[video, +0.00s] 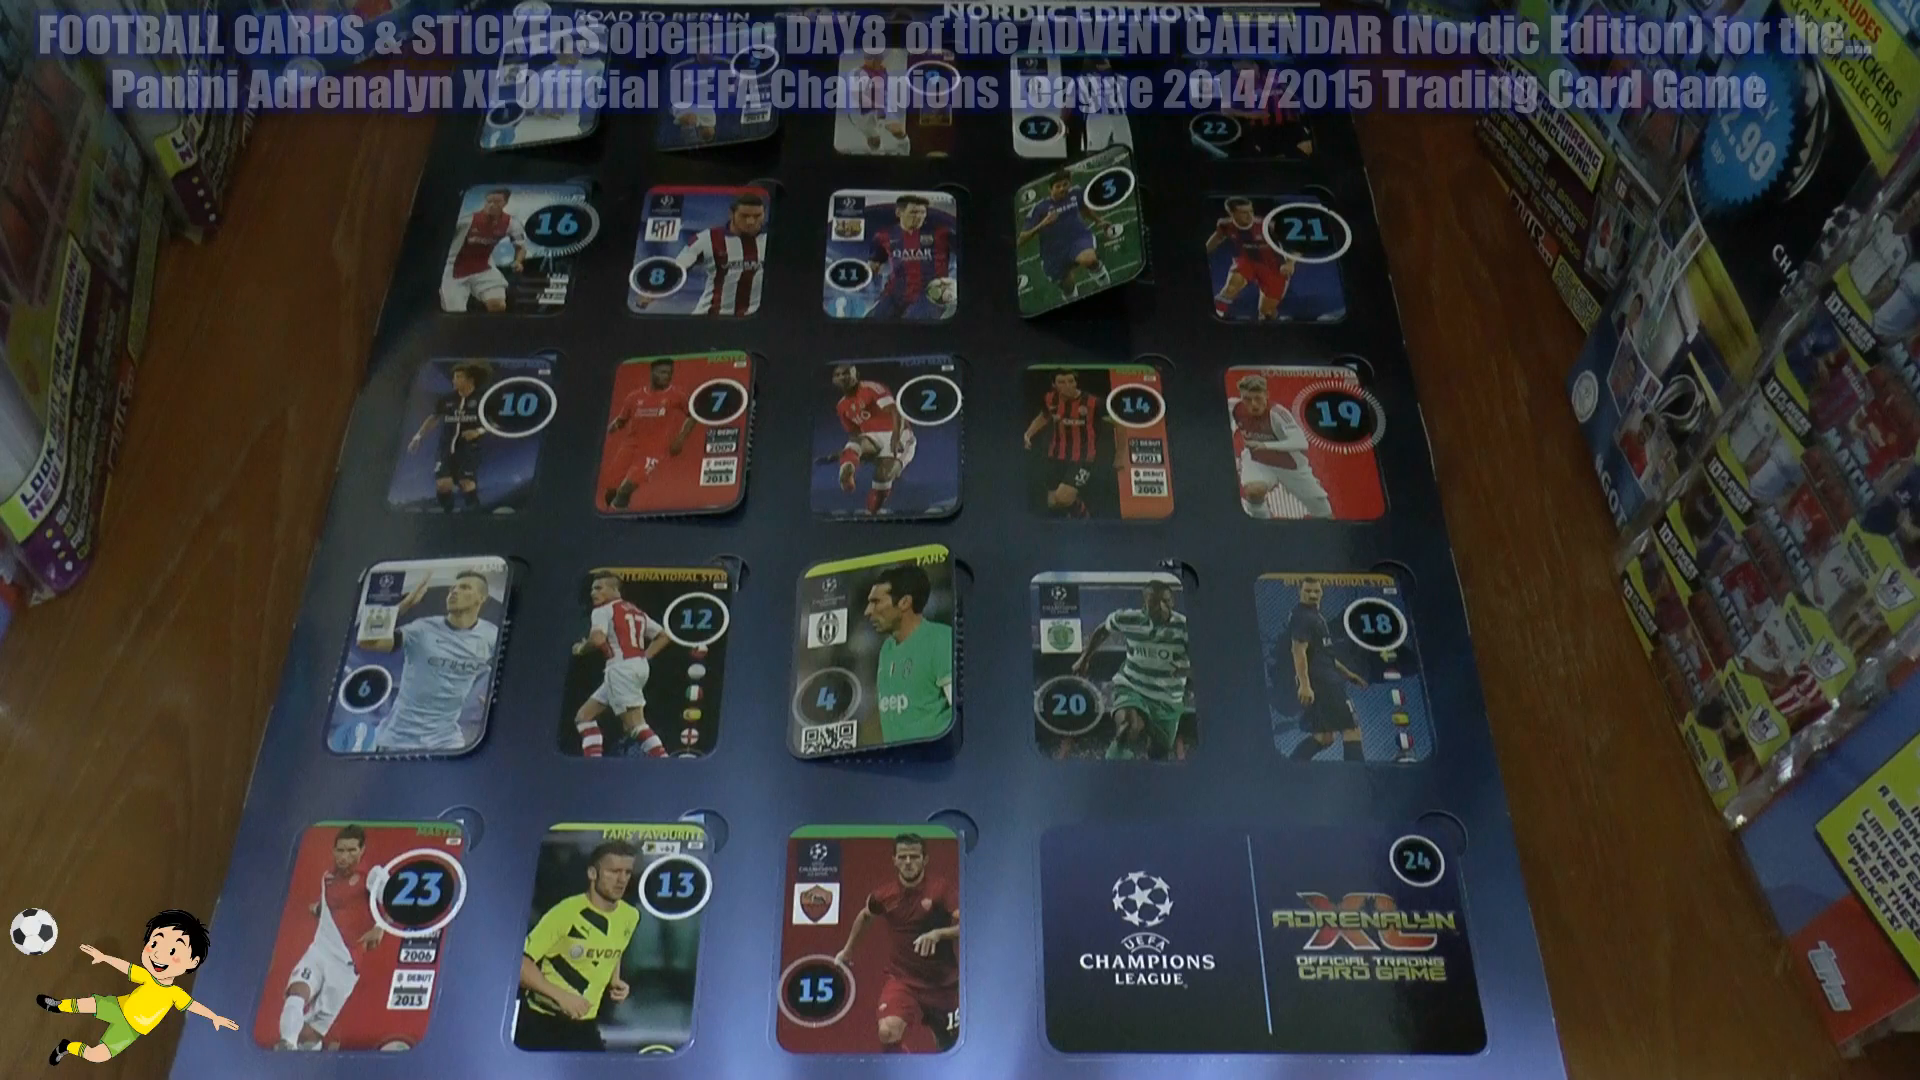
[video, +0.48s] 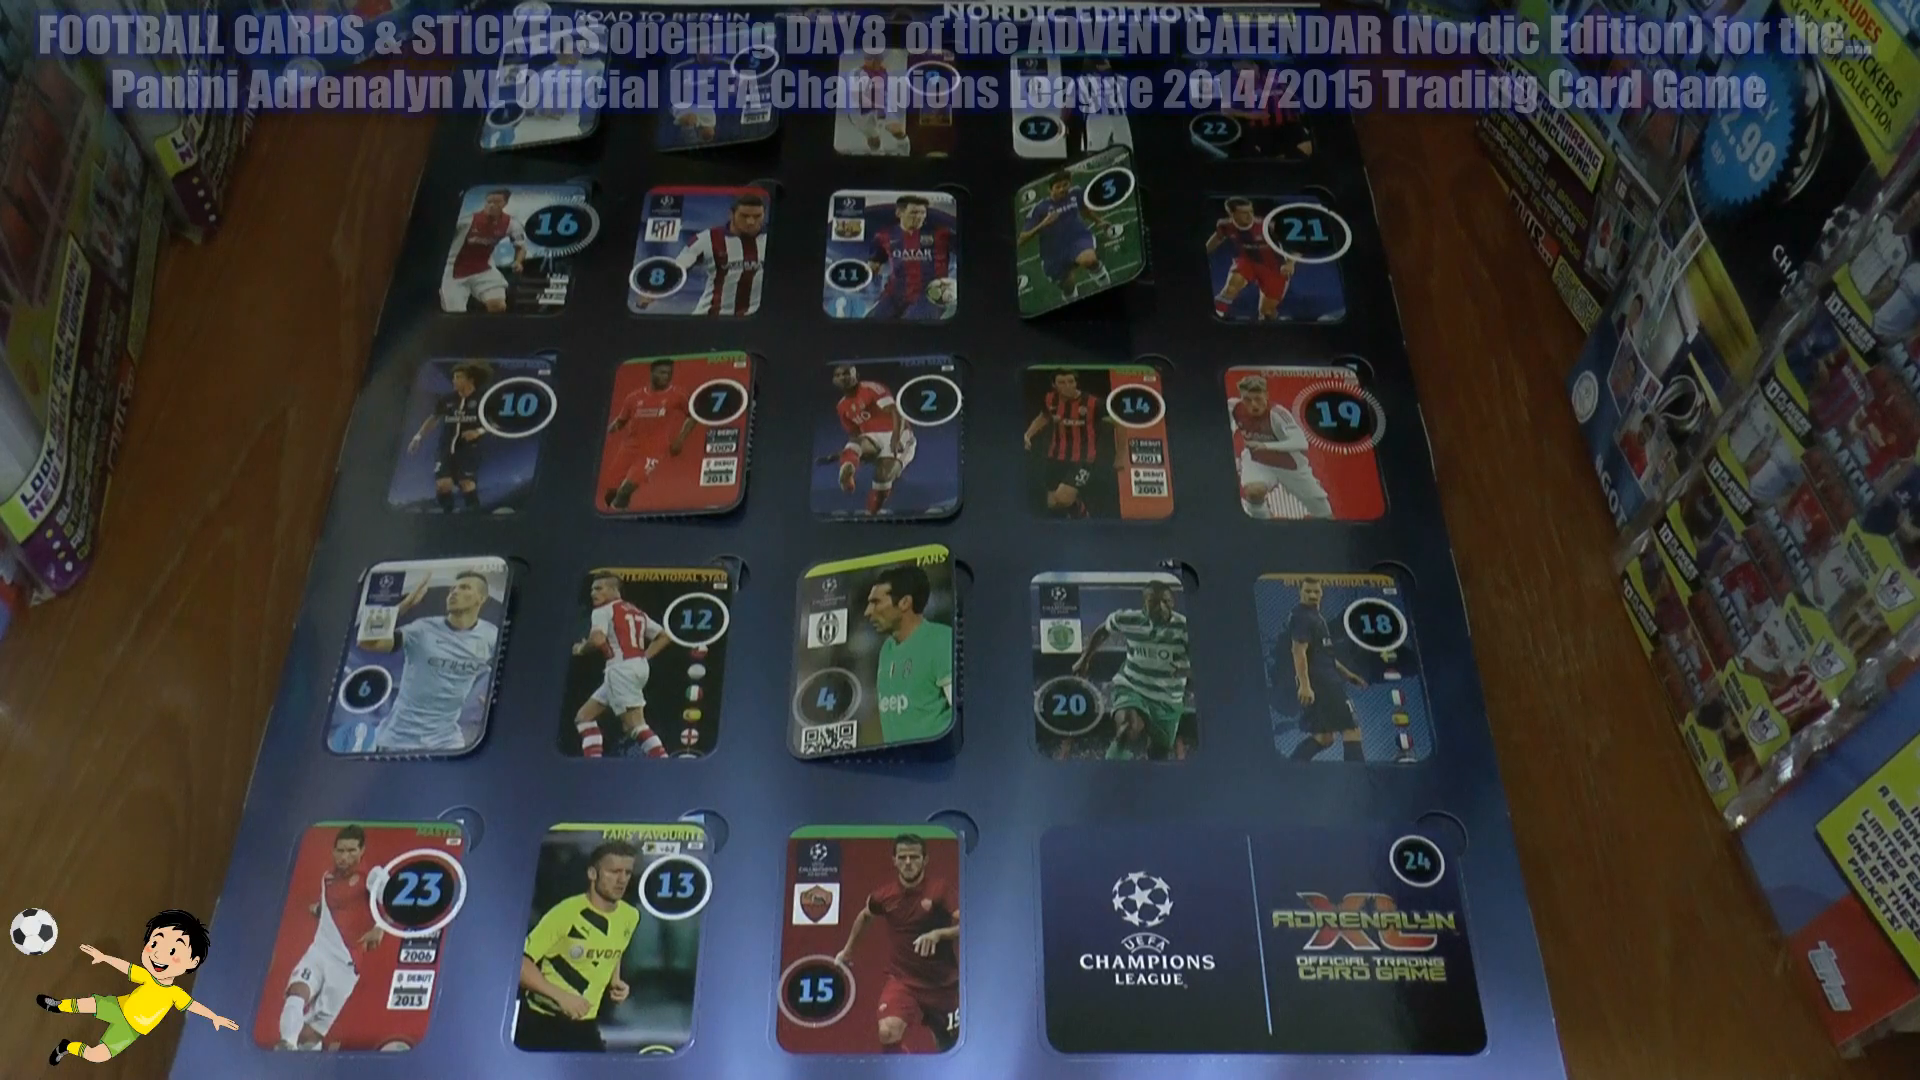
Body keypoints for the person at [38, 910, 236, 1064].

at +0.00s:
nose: (159, 955)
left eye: (173, 952)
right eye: (156, 943)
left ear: (188, 966)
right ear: (145, 945)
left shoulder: (176, 995)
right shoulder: (144, 976)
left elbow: (195, 1007)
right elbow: (124, 967)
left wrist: (215, 1017)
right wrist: (103, 958)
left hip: (131, 1030)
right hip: (119, 1008)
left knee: (98, 1055)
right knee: (88, 1003)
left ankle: (66, 1047)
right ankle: (57, 1006)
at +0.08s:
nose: (159, 955)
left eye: (173, 952)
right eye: (156, 943)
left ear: (188, 966)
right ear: (146, 945)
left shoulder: (176, 995)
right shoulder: (144, 976)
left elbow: (195, 1007)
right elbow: (124, 967)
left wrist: (215, 1017)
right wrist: (103, 958)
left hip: (131, 1030)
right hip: (119, 1008)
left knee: (98, 1055)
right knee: (89, 1003)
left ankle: (66, 1047)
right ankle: (57, 1006)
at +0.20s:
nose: (159, 956)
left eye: (173, 952)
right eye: (156, 944)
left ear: (188, 966)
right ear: (146, 945)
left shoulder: (176, 995)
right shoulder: (144, 975)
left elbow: (195, 1007)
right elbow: (124, 967)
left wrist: (215, 1017)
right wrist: (104, 958)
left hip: (131, 1030)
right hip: (119, 1008)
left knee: (98, 1055)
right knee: (88, 1003)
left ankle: (66, 1047)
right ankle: (57, 1006)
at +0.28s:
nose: (159, 955)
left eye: (173, 952)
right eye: (156, 943)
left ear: (188, 966)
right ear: (146, 945)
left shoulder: (176, 995)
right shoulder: (144, 976)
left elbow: (195, 1007)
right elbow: (124, 967)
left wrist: (215, 1017)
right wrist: (103, 958)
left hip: (131, 1030)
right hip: (119, 1008)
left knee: (98, 1055)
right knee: (89, 1003)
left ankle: (66, 1047)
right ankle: (57, 1006)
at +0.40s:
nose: (159, 955)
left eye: (173, 952)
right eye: (156, 943)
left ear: (188, 966)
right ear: (146, 945)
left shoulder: (176, 995)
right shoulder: (144, 976)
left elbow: (195, 1007)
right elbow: (124, 967)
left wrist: (215, 1017)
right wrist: (103, 958)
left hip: (131, 1030)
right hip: (119, 1008)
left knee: (98, 1055)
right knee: (89, 1003)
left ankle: (66, 1047)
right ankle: (57, 1006)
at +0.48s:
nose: (159, 955)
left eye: (173, 952)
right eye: (156, 943)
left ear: (188, 966)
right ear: (146, 945)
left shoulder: (176, 995)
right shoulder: (144, 976)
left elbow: (195, 1007)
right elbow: (124, 967)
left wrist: (215, 1017)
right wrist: (103, 958)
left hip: (131, 1030)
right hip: (119, 1008)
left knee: (98, 1055)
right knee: (89, 1003)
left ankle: (66, 1047)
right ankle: (57, 1006)